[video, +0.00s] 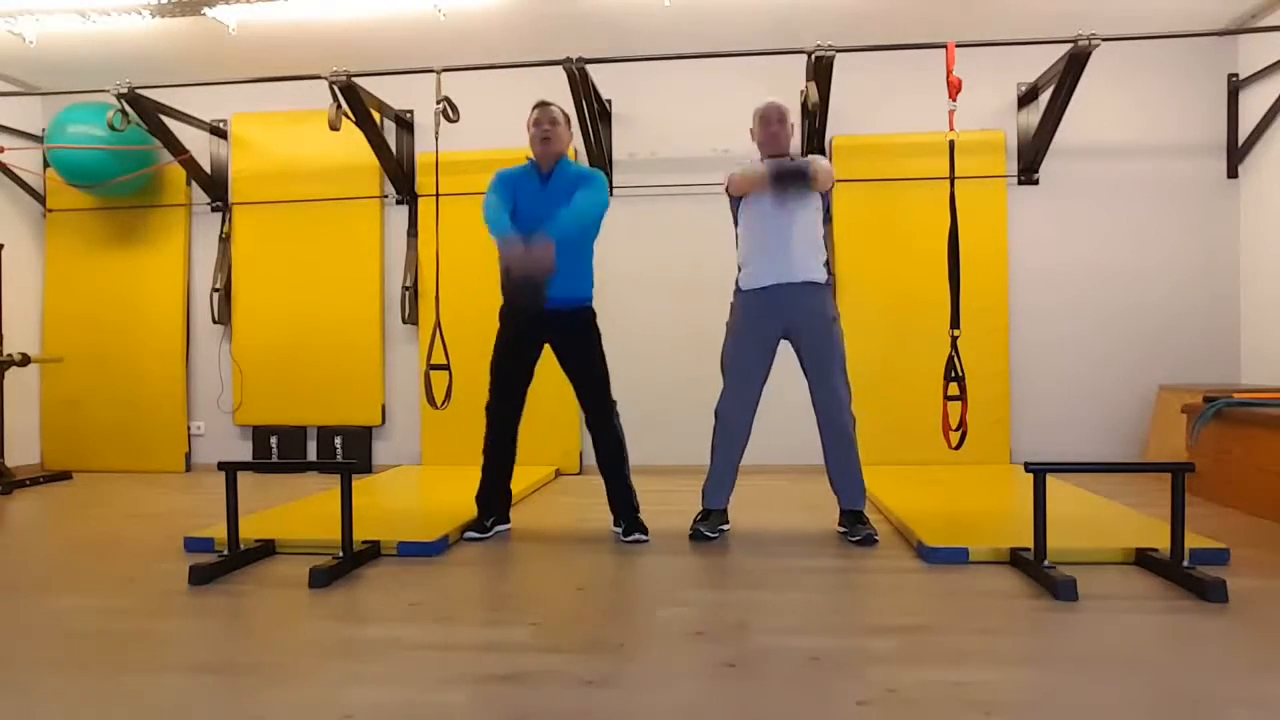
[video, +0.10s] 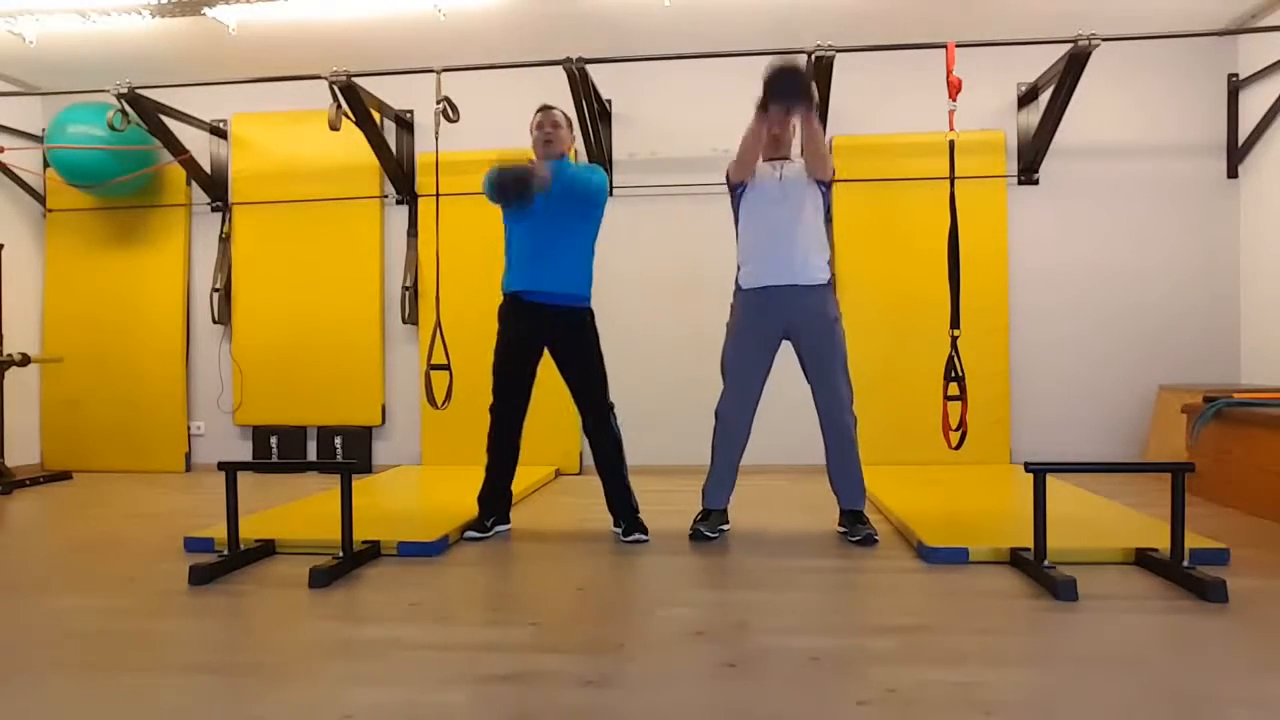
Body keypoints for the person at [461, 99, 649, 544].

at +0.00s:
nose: (545, 127)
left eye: (553, 122)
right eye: (537, 122)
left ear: (569, 135)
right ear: (527, 136)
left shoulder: (590, 180)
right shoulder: (509, 179)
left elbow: (584, 213)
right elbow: (494, 210)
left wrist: (546, 240)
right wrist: (511, 242)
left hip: (572, 315)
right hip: (520, 315)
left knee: (601, 413)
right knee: (501, 414)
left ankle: (627, 516)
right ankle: (493, 513)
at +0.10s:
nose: (547, 130)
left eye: (556, 124)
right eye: (540, 125)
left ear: (572, 137)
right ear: (529, 137)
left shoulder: (591, 177)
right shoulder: (516, 177)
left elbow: (589, 185)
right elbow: (493, 185)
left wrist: (544, 172)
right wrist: (514, 181)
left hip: (572, 313)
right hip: (520, 310)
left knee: (598, 415)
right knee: (505, 415)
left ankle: (626, 517)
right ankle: (493, 514)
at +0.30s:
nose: (537, 135)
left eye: (545, 129)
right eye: (533, 128)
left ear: (565, 137)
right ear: (532, 137)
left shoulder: (591, 176)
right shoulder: (518, 177)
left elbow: (577, 139)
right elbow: (494, 155)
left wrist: (544, 98)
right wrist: (500, 109)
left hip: (573, 312)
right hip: (522, 310)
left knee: (598, 417)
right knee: (508, 416)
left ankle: (626, 517)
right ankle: (494, 514)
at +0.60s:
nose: (548, 128)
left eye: (556, 121)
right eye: (540, 124)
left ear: (574, 134)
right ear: (530, 137)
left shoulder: (594, 176)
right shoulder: (518, 177)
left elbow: (573, 176)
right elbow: (495, 178)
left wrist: (544, 153)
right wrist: (496, 143)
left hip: (580, 318)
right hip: (527, 317)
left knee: (603, 418)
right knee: (506, 416)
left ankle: (627, 517)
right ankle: (495, 514)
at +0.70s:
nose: (547, 136)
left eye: (555, 130)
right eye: (539, 131)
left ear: (570, 141)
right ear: (530, 142)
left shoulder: (592, 190)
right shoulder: (514, 190)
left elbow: (583, 221)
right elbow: (495, 227)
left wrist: (533, 224)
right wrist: (528, 223)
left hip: (583, 326)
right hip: (529, 326)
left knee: (611, 417)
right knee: (500, 414)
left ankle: (627, 517)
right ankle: (495, 514)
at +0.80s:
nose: (543, 152)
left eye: (551, 147)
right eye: (536, 147)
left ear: (568, 159)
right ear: (526, 159)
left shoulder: (592, 210)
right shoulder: (508, 212)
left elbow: (580, 262)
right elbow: (502, 263)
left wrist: (545, 297)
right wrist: (507, 308)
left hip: (583, 337)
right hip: (529, 340)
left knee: (619, 415)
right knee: (488, 414)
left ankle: (628, 517)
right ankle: (494, 514)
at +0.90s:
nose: (536, 173)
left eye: (545, 168)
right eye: (529, 168)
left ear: (562, 179)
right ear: (520, 181)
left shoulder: (589, 236)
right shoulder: (504, 238)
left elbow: (583, 314)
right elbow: (507, 309)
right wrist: (519, 367)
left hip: (582, 348)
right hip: (527, 350)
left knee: (624, 413)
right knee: (479, 412)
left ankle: (628, 517)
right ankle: (494, 513)